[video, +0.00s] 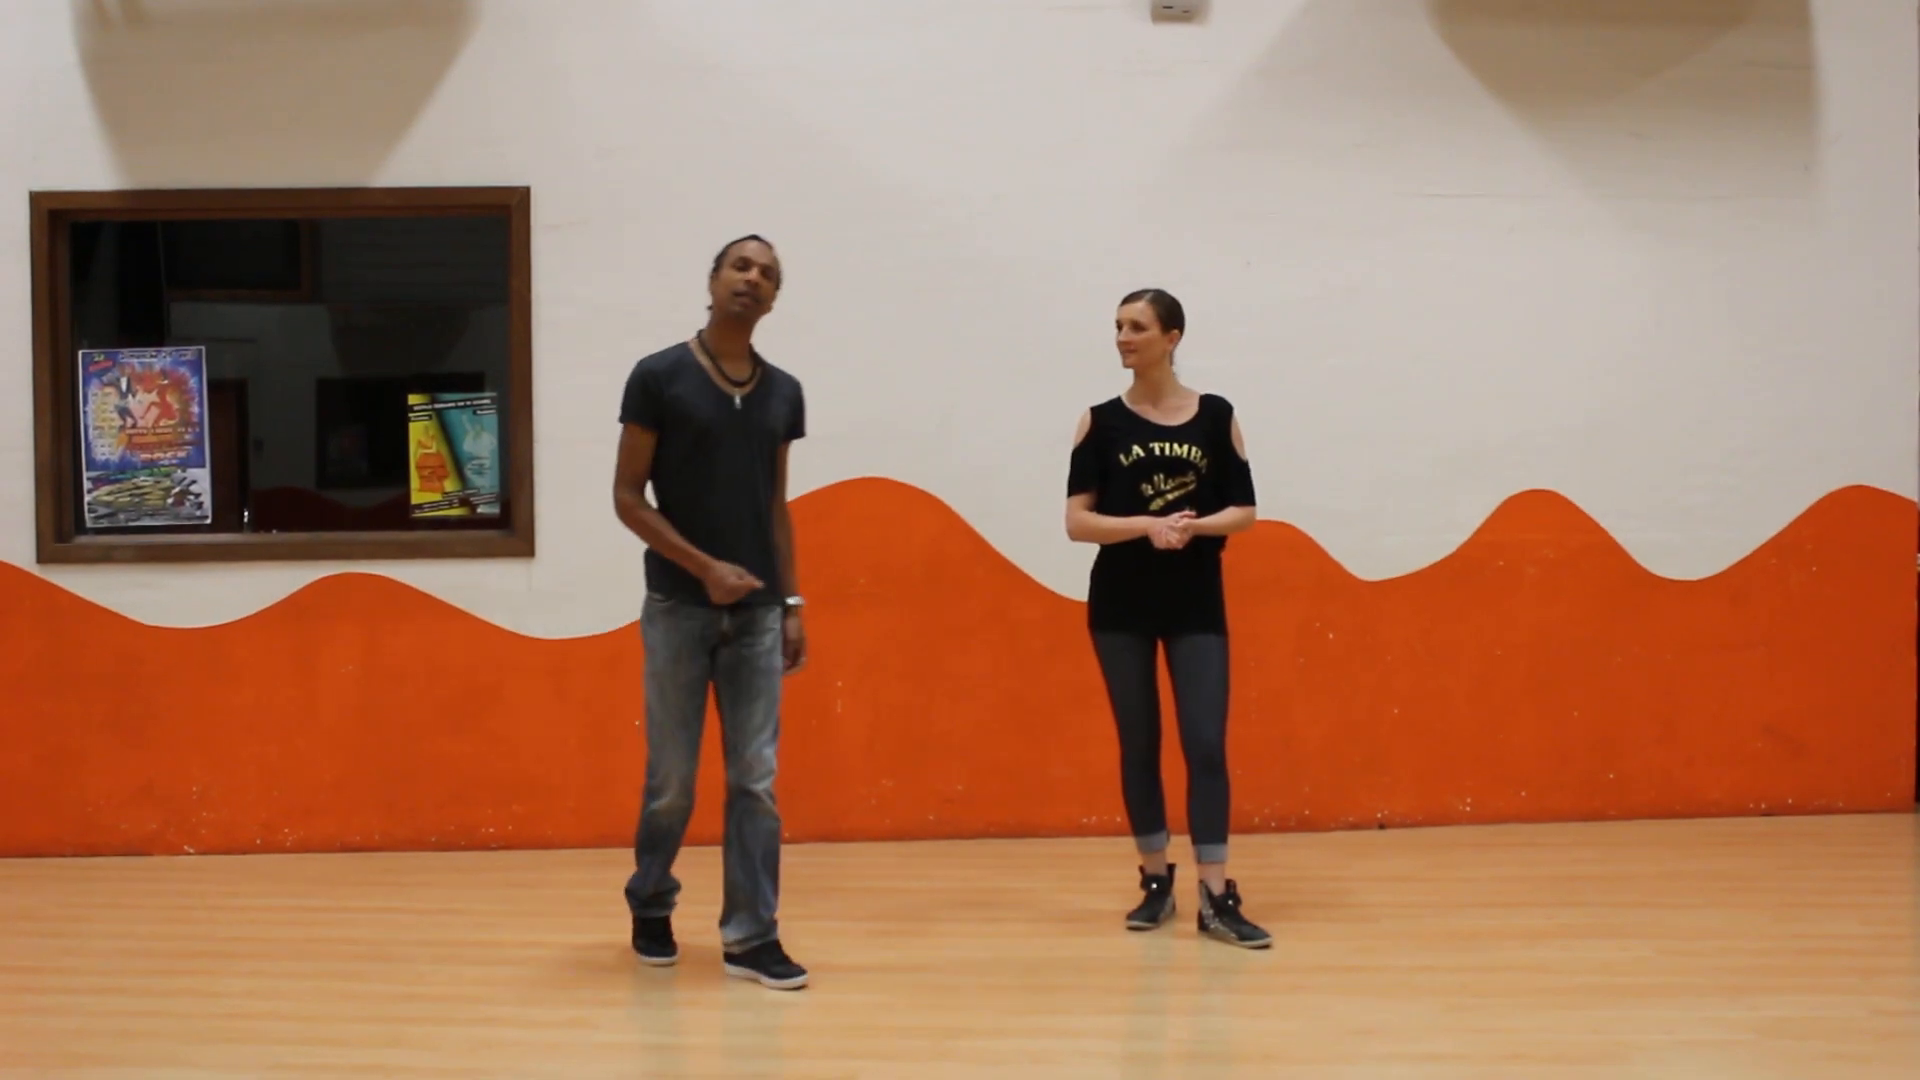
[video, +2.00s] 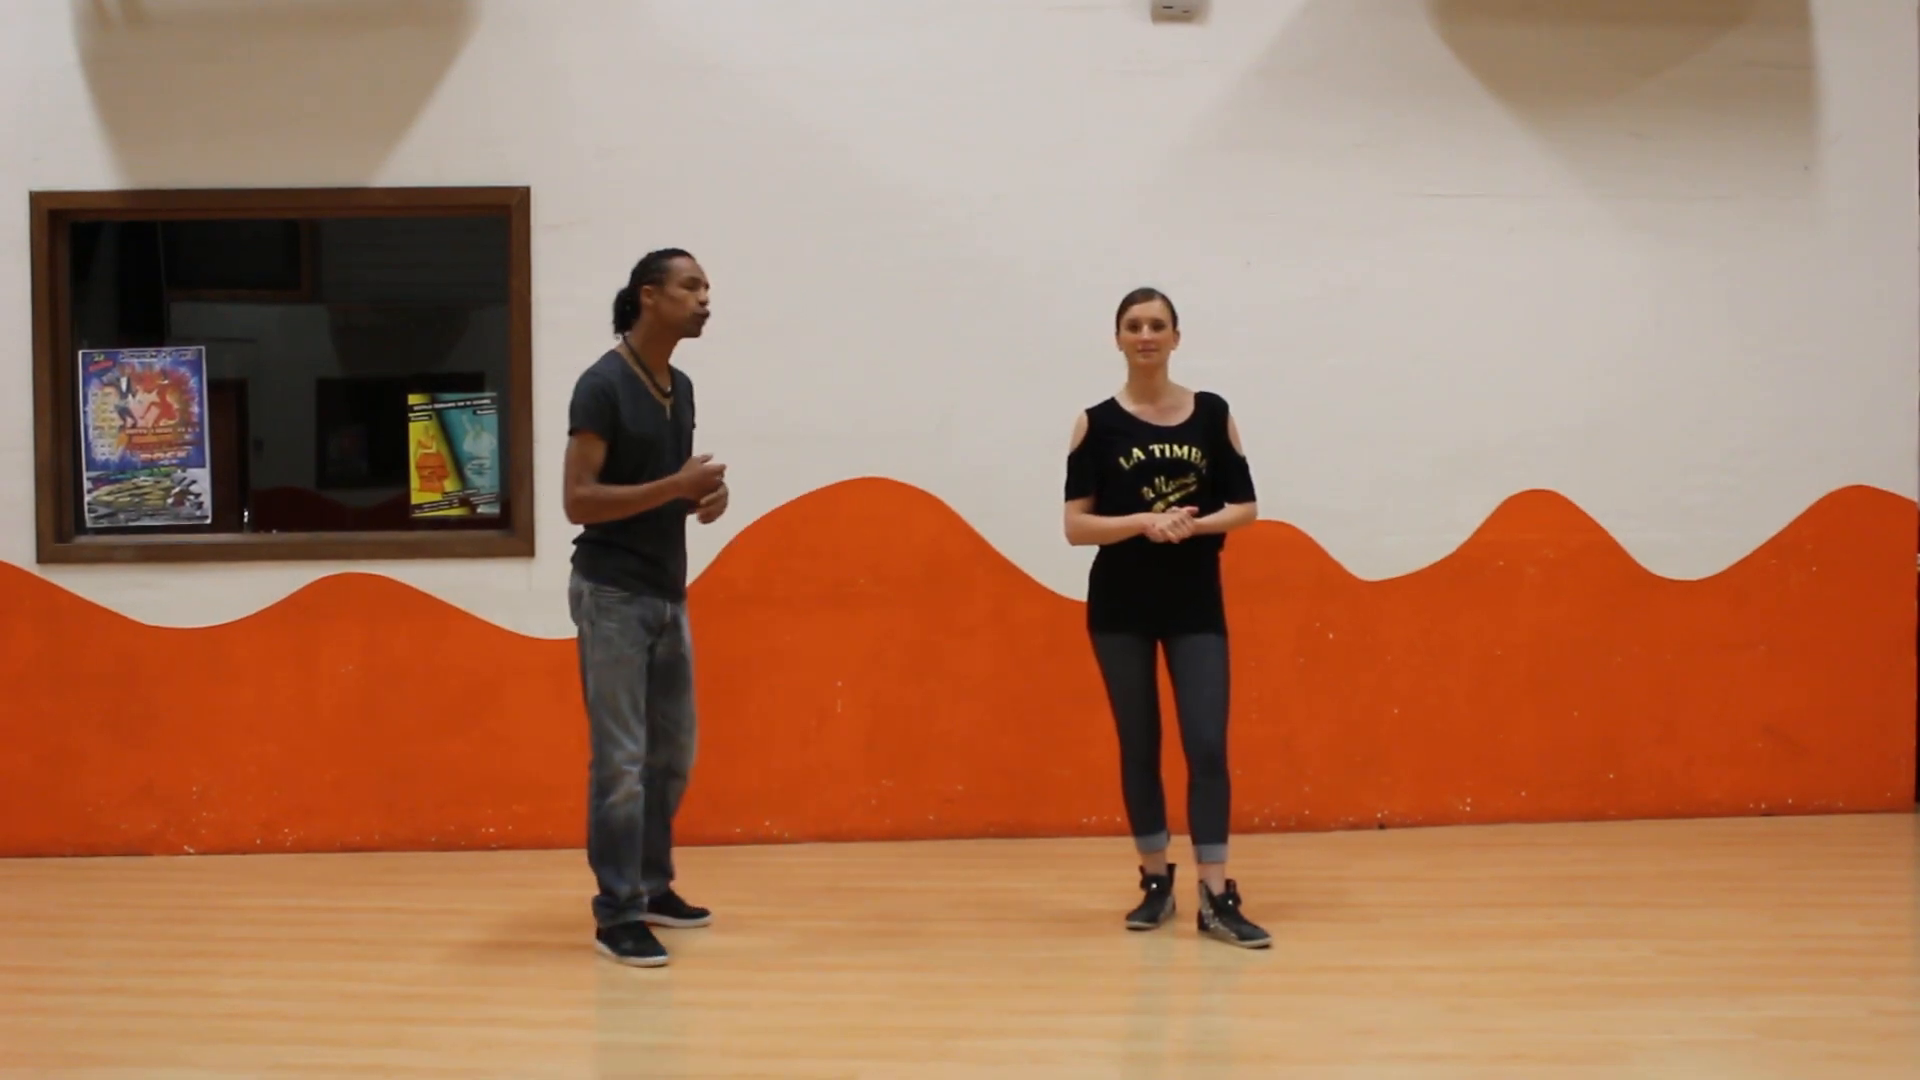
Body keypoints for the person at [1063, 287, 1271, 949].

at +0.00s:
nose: (1122, 338)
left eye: (1136, 328)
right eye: (1119, 328)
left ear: (1172, 337)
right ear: (1118, 337)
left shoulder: (1215, 415)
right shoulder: (1099, 422)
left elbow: (1243, 511)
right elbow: (1078, 521)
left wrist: (1198, 524)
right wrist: (1142, 525)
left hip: (1195, 603)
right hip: (1120, 603)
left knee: (1206, 748)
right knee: (1139, 745)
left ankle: (1216, 896)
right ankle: (1157, 883)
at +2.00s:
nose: (1146, 336)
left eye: (1157, 326)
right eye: (1134, 327)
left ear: (1176, 337)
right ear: (1117, 338)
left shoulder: (1210, 413)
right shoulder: (1095, 425)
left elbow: (1245, 507)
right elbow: (1076, 525)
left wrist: (1199, 522)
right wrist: (1139, 522)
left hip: (1194, 603)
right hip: (1120, 605)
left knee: (1207, 748)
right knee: (1139, 746)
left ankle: (1216, 896)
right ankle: (1157, 883)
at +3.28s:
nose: (1137, 324)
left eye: (1150, 317)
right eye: (1140, 314)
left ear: (1186, 332)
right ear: (1171, 332)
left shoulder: (1198, 408)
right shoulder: (1160, 410)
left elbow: (1212, 508)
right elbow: (1170, 502)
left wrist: (1133, 522)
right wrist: (1124, 515)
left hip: (1212, 598)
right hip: (1172, 597)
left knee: (1216, 744)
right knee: (1171, 743)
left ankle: (1248, 884)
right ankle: (1167, 883)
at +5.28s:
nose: (1196, 336)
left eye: (1208, 326)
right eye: (1197, 325)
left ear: (1248, 331)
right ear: (1231, 332)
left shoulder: (1270, 414)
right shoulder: (1206, 412)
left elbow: (1276, 514)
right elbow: (1211, 503)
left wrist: (1193, 520)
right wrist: (1174, 516)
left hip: (1255, 604)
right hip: (1207, 599)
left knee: (1252, 745)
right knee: (1180, 745)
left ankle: (1253, 888)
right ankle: (1158, 889)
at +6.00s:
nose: (1199, 334)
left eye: (1211, 324)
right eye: (1201, 323)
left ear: (1250, 331)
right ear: (1237, 332)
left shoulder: (1272, 413)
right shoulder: (1210, 412)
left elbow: (1278, 513)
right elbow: (1213, 502)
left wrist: (1194, 519)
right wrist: (1176, 515)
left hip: (1257, 604)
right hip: (1210, 599)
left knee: (1252, 745)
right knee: (1182, 745)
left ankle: (1253, 889)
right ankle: (1158, 890)